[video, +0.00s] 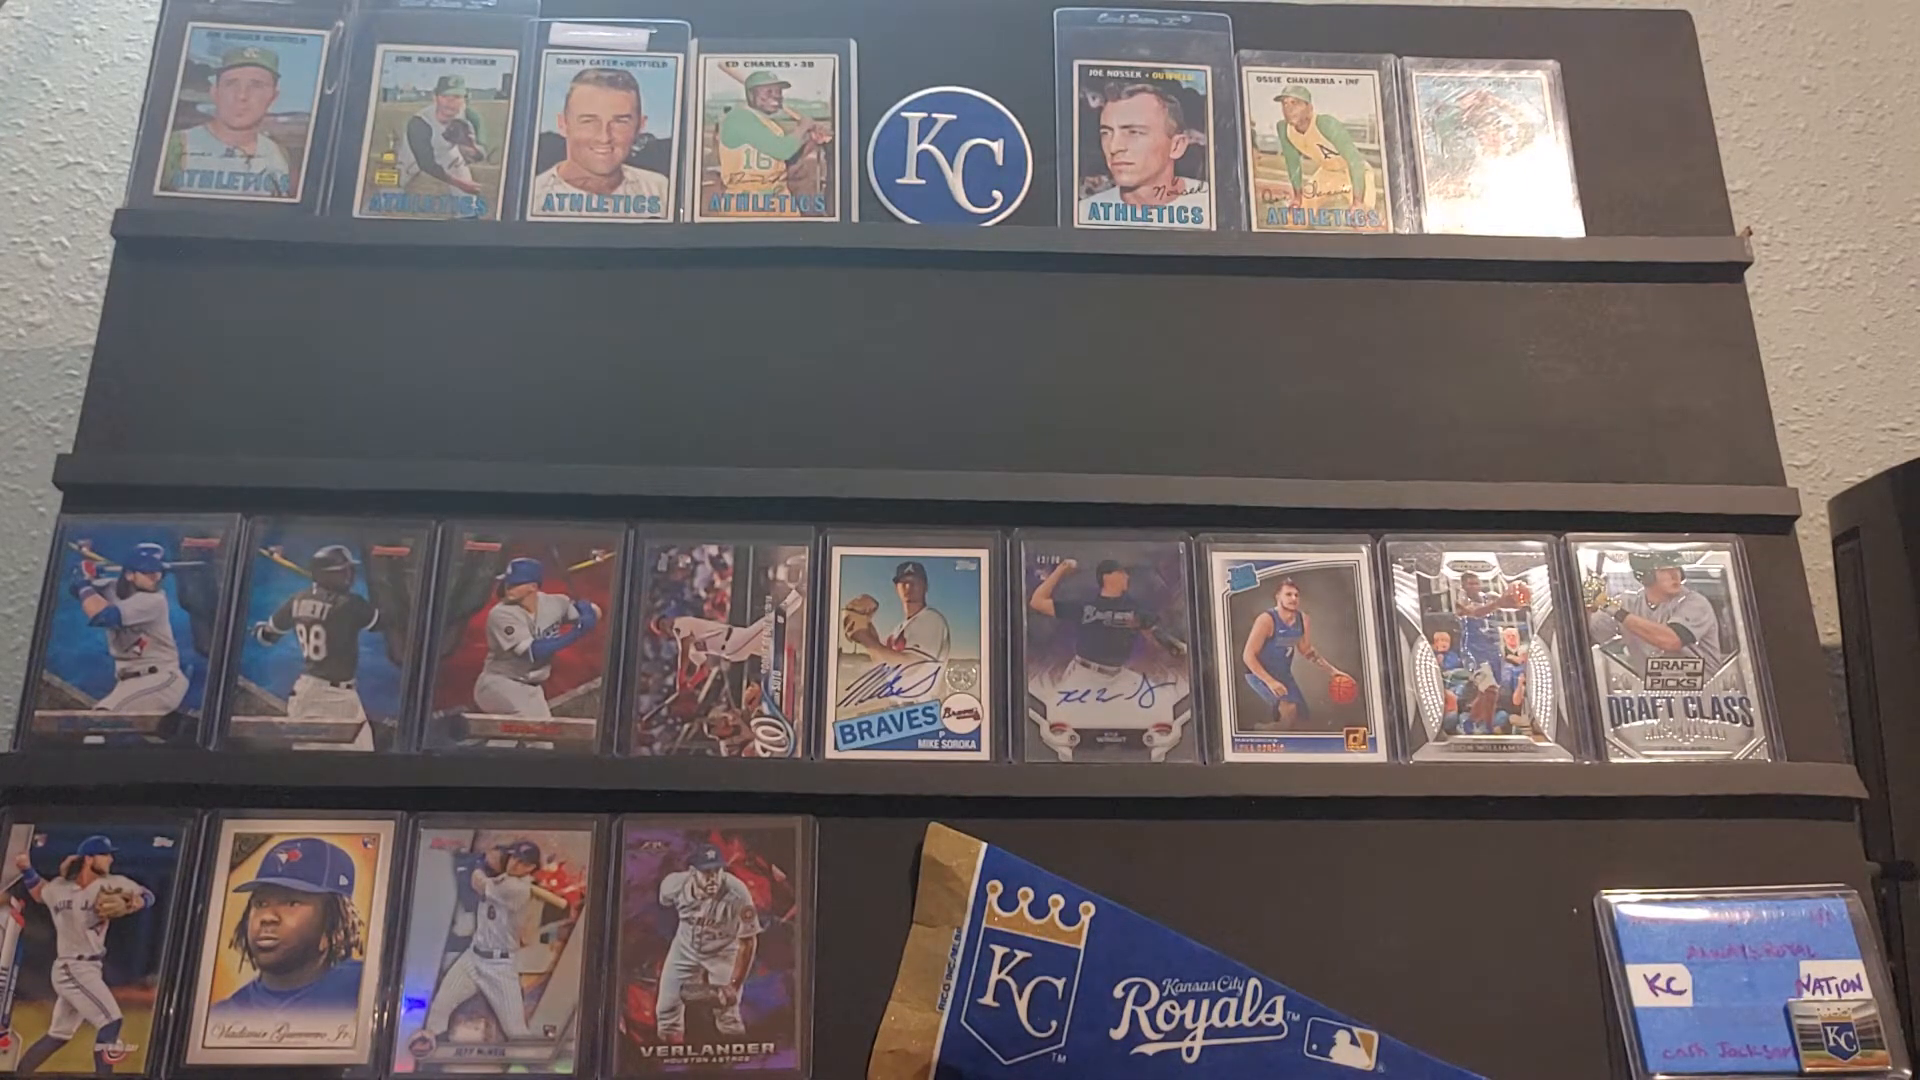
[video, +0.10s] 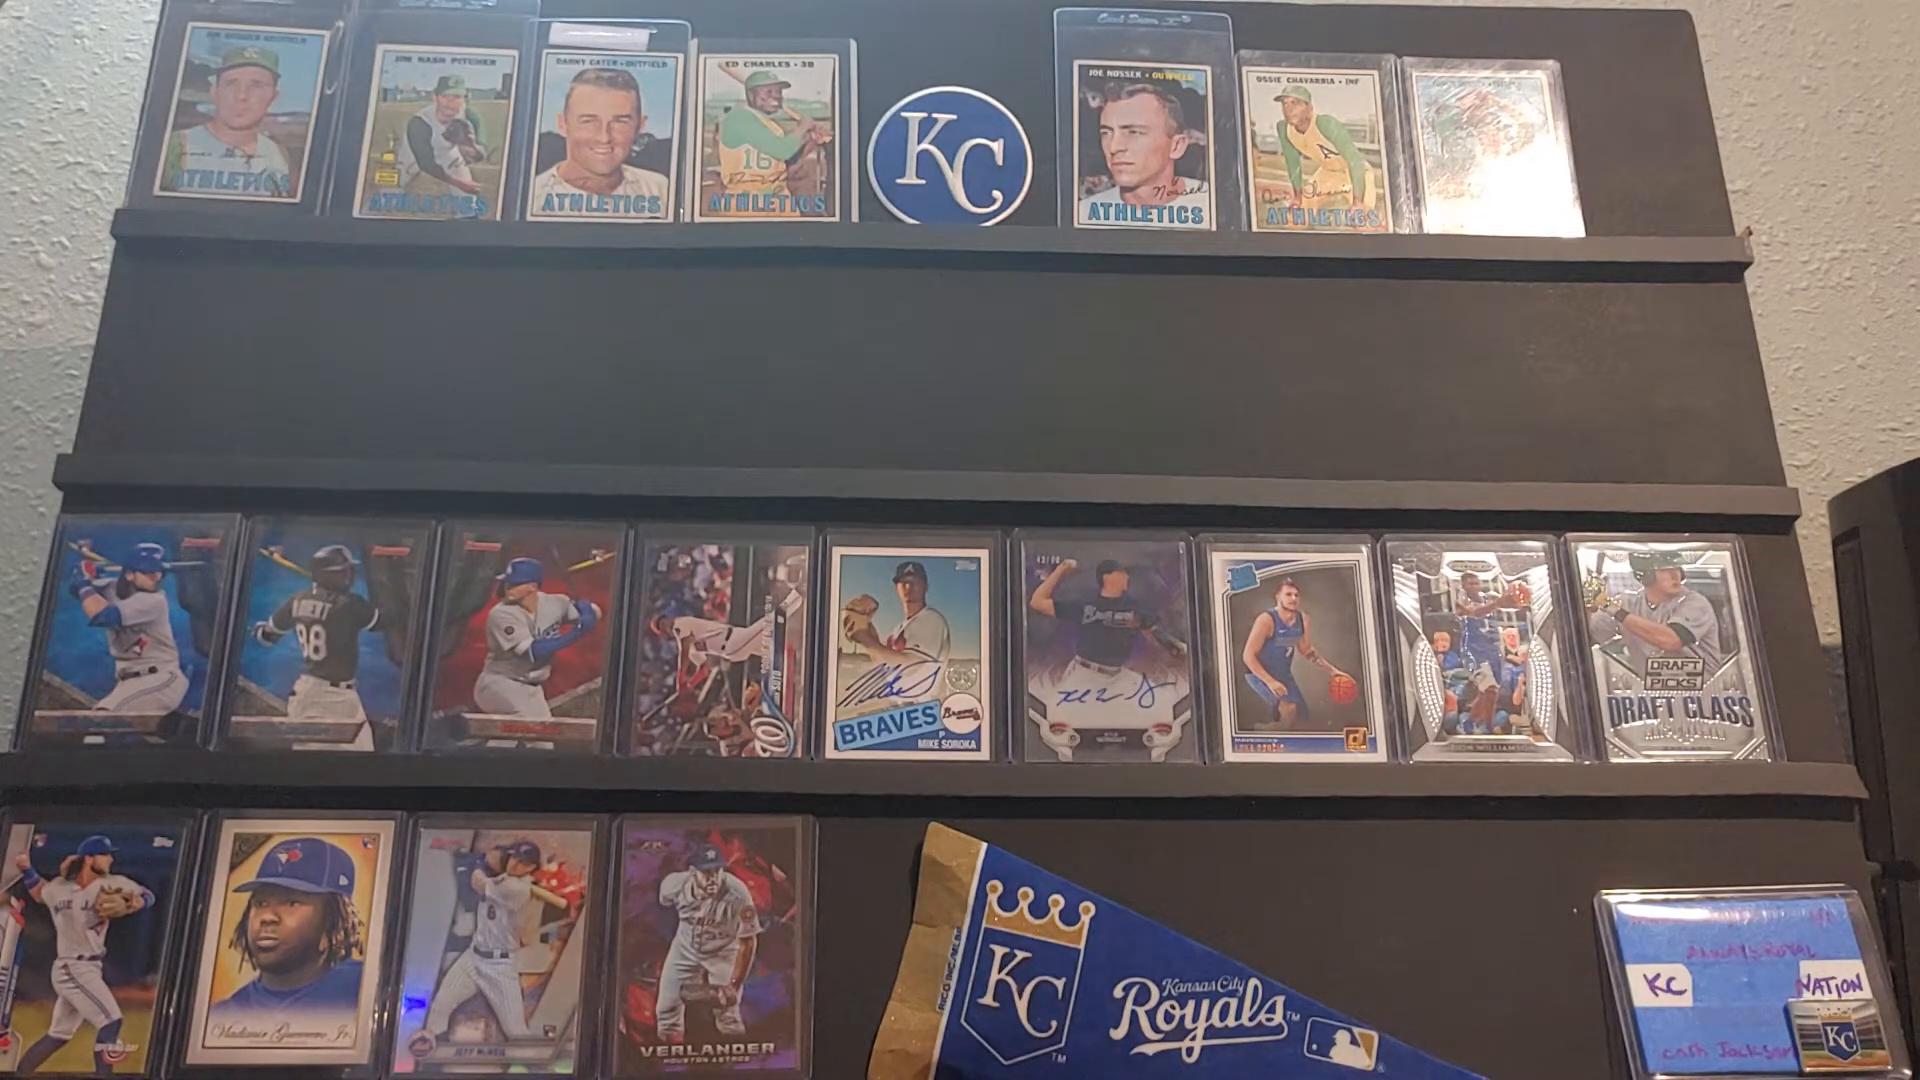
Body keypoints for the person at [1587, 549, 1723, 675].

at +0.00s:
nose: (1676, 575)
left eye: (1676, 568)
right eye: (1665, 570)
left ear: (1681, 571)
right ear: (1644, 575)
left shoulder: (1696, 604)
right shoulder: (1627, 604)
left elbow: (1671, 641)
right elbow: (1585, 638)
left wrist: (1619, 613)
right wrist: (1586, 608)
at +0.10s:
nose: (1676, 575)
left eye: (1676, 568)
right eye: (1665, 570)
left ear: (1681, 571)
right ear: (1644, 575)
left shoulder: (1696, 604)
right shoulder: (1627, 604)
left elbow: (1671, 641)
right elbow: (1585, 638)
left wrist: (1619, 613)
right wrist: (1586, 608)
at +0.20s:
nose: (1676, 575)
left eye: (1676, 568)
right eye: (1665, 570)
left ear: (1681, 571)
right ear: (1644, 575)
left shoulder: (1696, 604)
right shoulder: (1627, 604)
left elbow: (1671, 641)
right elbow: (1585, 638)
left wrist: (1619, 613)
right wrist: (1586, 608)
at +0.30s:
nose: (1676, 575)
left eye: (1676, 568)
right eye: (1665, 570)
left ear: (1681, 571)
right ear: (1644, 575)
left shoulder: (1696, 604)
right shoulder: (1627, 604)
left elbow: (1671, 641)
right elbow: (1585, 638)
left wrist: (1619, 613)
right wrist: (1586, 608)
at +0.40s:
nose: (1676, 575)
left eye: (1676, 568)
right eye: (1665, 570)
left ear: (1681, 571)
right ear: (1644, 575)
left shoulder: (1696, 604)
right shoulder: (1627, 604)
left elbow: (1671, 641)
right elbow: (1585, 638)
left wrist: (1619, 613)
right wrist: (1586, 608)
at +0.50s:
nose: (1676, 575)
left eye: (1676, 568)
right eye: (1665, 570)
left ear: (1681, 571)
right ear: (1644, 575)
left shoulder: (1696, 604)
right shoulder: (1627, 604)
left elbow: (1671, 641)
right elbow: (1585, 638)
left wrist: (1619, 613)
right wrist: (1586, 608)